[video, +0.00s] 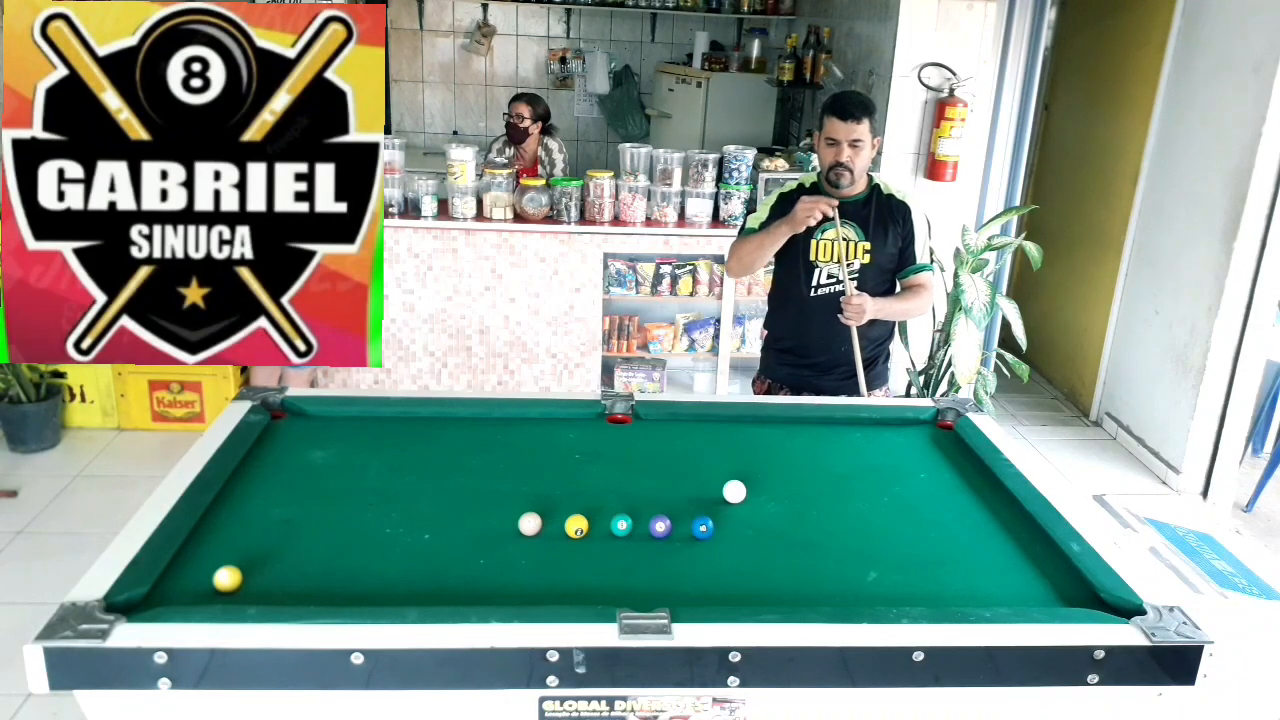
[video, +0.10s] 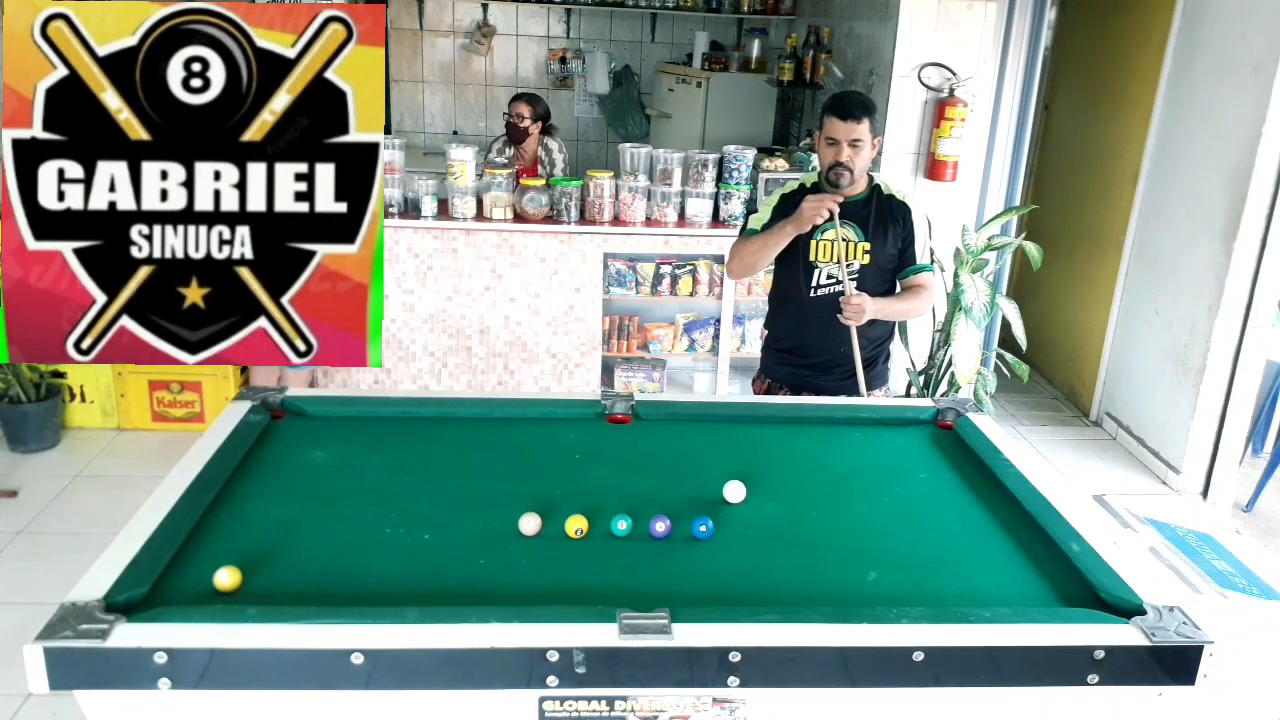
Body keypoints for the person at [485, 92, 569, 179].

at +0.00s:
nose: (511, 123)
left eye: (519, 118)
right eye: (510, 117)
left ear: (536, 127)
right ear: (506, 117)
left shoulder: (553, 147)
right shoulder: (499, 146)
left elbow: (560, 189)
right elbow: (486, 183)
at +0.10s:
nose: (511, 122)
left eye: (519, 118)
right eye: (510, 117)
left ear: (536, 127)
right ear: (506, 117)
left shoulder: (553, 147)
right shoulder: (499, 146)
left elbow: (560, 189)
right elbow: (486, 184)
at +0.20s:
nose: (511, 122)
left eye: (519, 117)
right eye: (510, 116)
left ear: (536, 127)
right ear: (506, 117)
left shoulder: (553, 147)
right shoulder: (499, 146)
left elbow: (561, 189)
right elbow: (486, 183)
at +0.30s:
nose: (511, 121)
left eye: (519, 117)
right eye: (510, 116)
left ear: (537, 126)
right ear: (506, 117)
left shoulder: (553, 147)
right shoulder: (499, 146)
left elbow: (561, 189)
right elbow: (486, 183)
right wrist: (506, 171)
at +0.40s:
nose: (511, 121)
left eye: (519, 116)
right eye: (510, 115)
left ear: (537, 126)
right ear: (506, 116)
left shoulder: (554, 147)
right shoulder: (499, 146)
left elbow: (561, 189)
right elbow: (486, 183)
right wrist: (506, 171)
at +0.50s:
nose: (511, 120)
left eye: (519, 115)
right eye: (510, 114)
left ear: (537, 125)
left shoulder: (554, 147)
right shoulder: (499, 146)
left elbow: (560, 189)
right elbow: (486, 183)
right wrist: (507, 171)